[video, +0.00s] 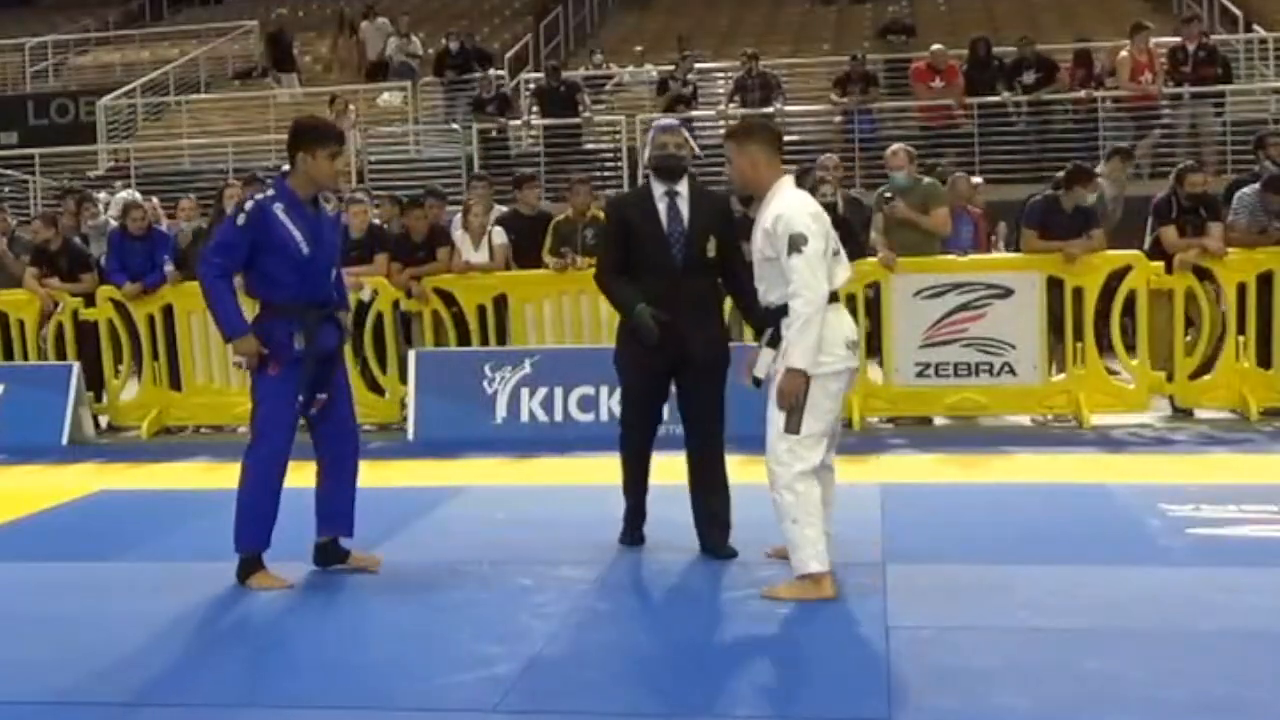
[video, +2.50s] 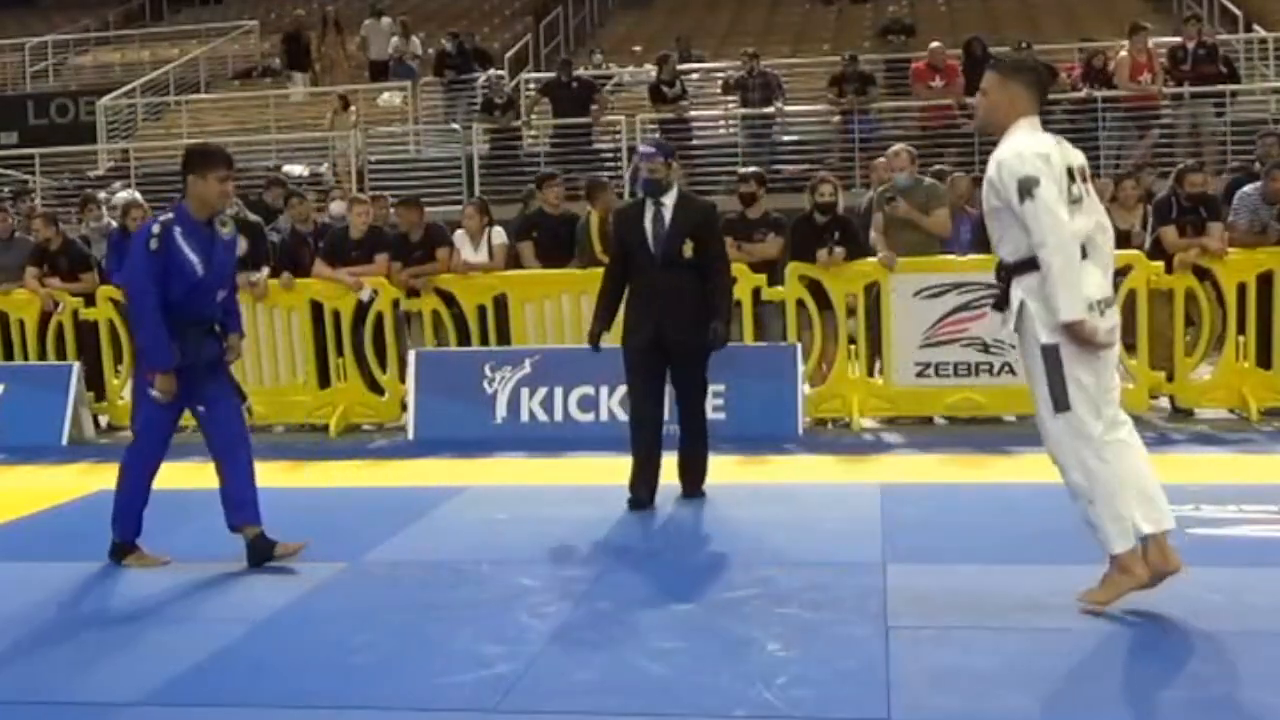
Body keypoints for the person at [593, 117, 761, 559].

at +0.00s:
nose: (669, 154)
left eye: (677, 146)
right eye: (661, 147)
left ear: (690, 153)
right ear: (646, 154)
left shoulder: (713, 205)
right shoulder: (622, 208)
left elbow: (735, 271)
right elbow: (607, 272)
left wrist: (761, 319)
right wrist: (633, 307)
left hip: (702, 339)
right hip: (644, 339)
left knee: (706, 440)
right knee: (636, 436)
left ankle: (714, 535)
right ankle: (633, 520)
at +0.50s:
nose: (638, 158)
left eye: (645, 151)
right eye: (630, 152)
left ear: (656, 157)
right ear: (615, 159)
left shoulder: (680, 202)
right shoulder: (597, 213)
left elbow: (703, 267)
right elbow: (581, 273)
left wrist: (719, 323)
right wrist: (600, 273)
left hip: (682, 332)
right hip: (626, 337)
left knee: (695, 427)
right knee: (631, 435)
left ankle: (702, 515)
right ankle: (636, 523)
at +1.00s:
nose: (669, 163)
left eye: (677, 155)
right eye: (662, 156)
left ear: (689, 161)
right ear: (650, 162)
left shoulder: (706, 205)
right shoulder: (636, 208)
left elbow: (726, 260)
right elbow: (626, 251)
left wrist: (728, 316)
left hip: (698, 320)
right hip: (645, 319)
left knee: (695, 422)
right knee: (646, 424)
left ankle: (695, 508)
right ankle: (639, 516)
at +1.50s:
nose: (659, 169)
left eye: (666, 162)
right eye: (651, 162)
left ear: (678, 165)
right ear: (640, 165)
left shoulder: (689, 203)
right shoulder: (627, 204)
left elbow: (714, 267)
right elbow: (618, 209)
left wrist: (726, 329)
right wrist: (640, 177)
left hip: (690, 316)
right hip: (637, 315)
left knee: (692, 417)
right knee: (640, 410)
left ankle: (694, 502)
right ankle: (641, 482)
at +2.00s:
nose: (634, 168)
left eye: (639, 162)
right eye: (626, 163)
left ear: (650, 165)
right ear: (615, 169)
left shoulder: (675, 205)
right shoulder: (601, 215)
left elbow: (696, 265)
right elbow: (593, 278)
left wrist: (708, 317)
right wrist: (591, 336)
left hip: (679, 325)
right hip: (629, 329)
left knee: (690, 408)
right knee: (635, 414)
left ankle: (698, 486)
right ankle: (641, 492)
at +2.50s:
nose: (646, 171)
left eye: (653, 165)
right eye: (642, 165)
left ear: (671, 168)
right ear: (636, 170)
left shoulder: (700, 212)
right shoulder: (625, 216)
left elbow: (717, 271)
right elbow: (616, 273)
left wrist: (720, 319)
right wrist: (600, 322)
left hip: (689, 328)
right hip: (641, 328)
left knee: (691, 411)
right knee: (643, 413)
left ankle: (692, 485)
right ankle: (641, 492)